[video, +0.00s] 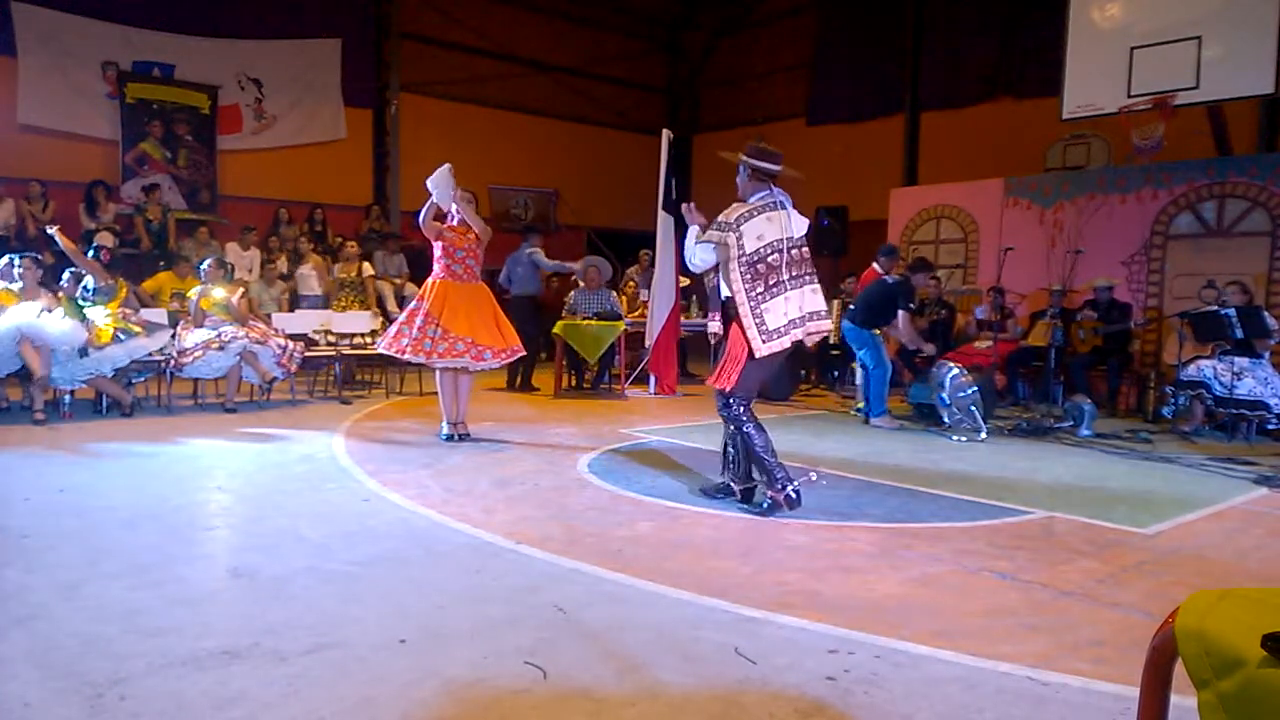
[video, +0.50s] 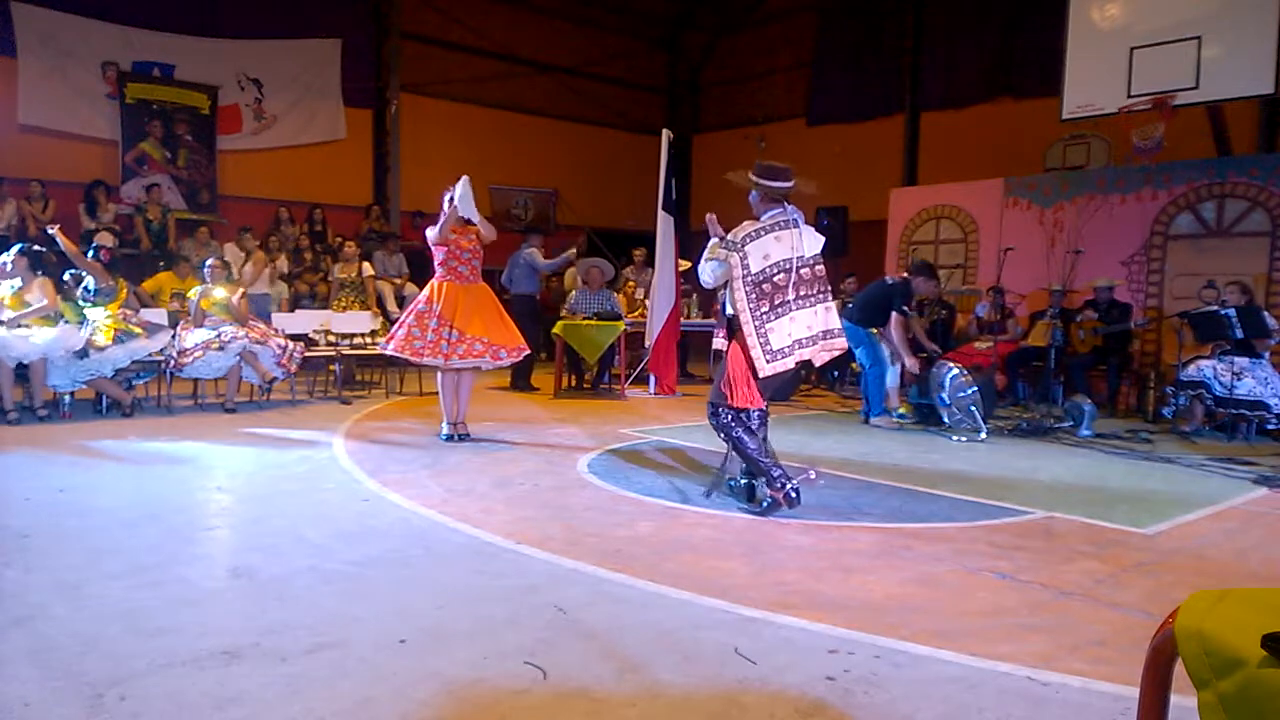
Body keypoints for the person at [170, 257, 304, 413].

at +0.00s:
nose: (204, 272)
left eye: (209, 269)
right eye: (204, 269)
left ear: (222, 272)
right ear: (202, 272)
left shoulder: (237, 290)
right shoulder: (198, 292)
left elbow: (244, 320)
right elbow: (197, 323)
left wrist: (230, 303)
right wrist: (199, 299)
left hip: (232, 328)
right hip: (207, 329)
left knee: (236, 355)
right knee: (237, 341)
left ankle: (229, 399)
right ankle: (264, 374)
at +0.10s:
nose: (205, 273)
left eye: (210, 269)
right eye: (204, 269)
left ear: (222, 272)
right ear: (202, 272)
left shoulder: (237, 291)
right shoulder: (198, 292)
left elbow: (244, 320)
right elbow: (197, 323)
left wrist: (230, 303)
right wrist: (199, 299)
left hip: (232, 328)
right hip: (207, 329)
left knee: (236, 355)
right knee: (237, 341)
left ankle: (229, 399)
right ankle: (264, 374)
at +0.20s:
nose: (206, 272)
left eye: (211, 268)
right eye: (205, 268)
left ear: (223, 272)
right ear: (202, 272)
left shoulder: (237, 290)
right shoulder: (198, 293)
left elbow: (244, 320)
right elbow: (197, 323)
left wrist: (230, 303)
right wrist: (199, 299)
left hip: (232, 328)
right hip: (207, 329)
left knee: (236, 355)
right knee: (237, 341)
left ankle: (229, 400)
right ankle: (264, 374)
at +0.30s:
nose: (209, 271)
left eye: (213, 268)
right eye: (207, 268)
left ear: (224, 271)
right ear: (203, 272)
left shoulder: (237, 290)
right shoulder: (199, 293)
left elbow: (244, 320)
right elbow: (197, 323)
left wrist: (231, 304)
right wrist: (200, 301)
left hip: (233, 327)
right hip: (208, 328)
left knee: (236, 356)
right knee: (237, 340)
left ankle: (229, 400)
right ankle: (263, 374)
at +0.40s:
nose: (209, 271)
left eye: (214, 268)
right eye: (207, 268)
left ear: (225, 272)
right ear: (204, 272)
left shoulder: (237, 290)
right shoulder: (199, 292)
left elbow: (244, 320)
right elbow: (197, 323)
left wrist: (231, 304)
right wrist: (200, 301)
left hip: (233, 327)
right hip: (208, 328)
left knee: (236, 355)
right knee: (237, 340)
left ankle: (229, 400)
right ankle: (263, 374)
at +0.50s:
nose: (210, 271)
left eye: (215, 268)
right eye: (208, 268)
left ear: (225, 272)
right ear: (204, 272)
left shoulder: (236, 291)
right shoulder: (198, 292)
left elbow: (244, 320)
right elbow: (196, 323)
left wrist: (231, 304)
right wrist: (200, 300)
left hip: (232, 328)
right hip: (207, 328)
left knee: (237, 354)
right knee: (236, 339)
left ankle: (230, 400)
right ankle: (263, 374)